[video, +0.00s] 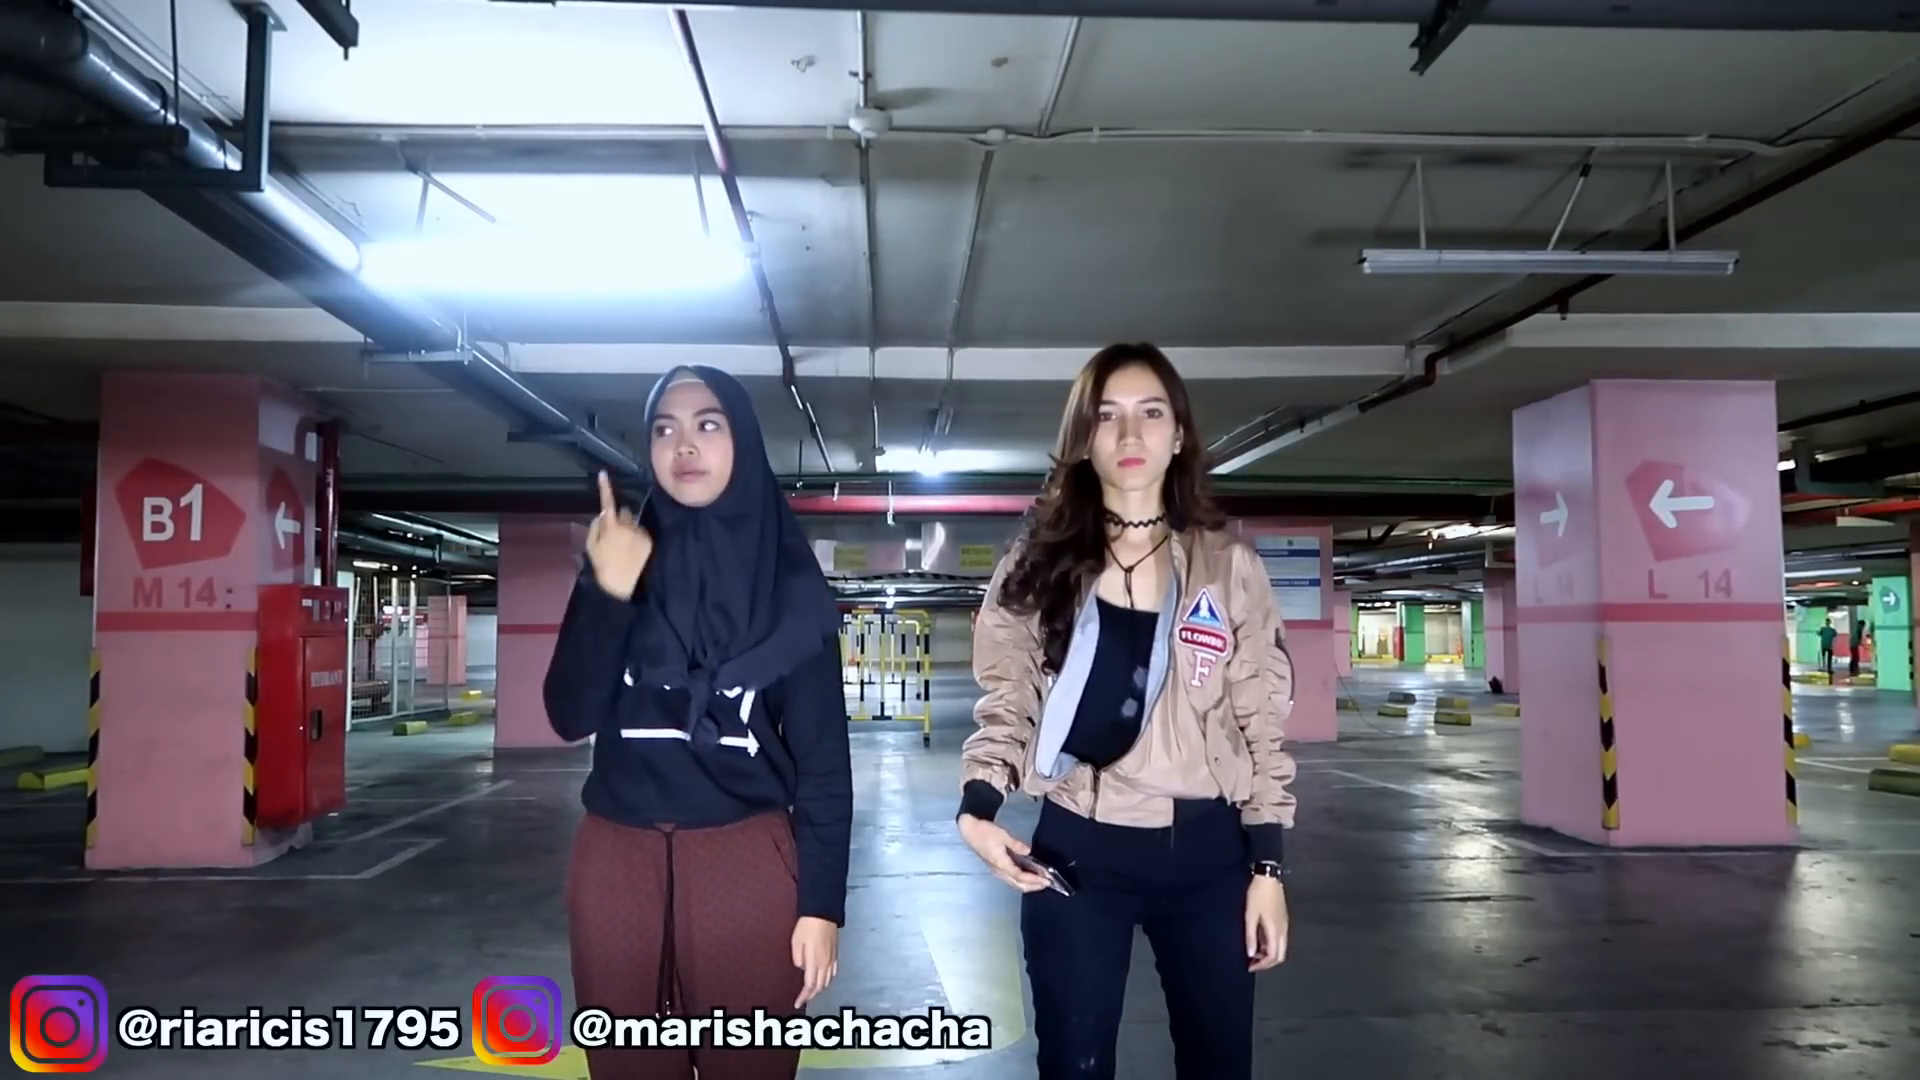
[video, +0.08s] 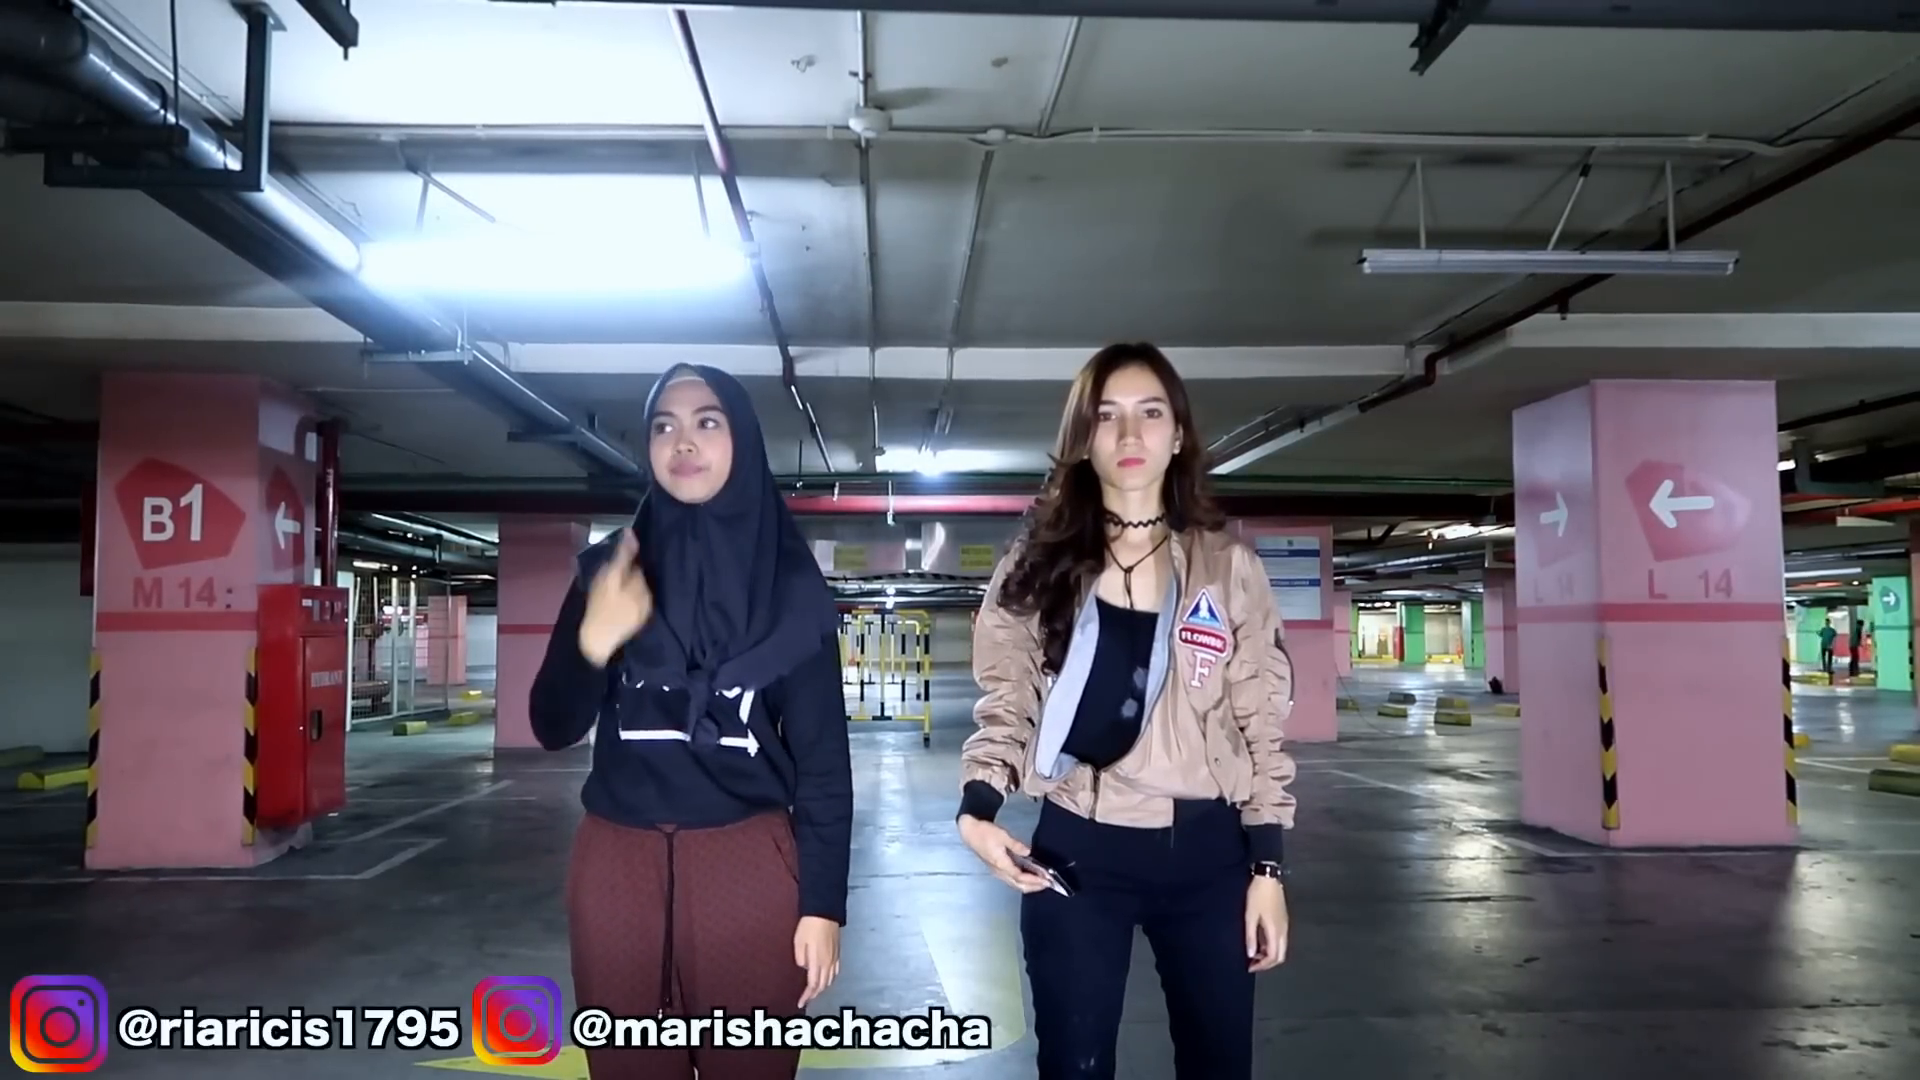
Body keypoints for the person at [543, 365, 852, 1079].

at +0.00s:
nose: (684, 444)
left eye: (708, 424)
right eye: (666, 427)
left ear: (744, 444)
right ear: (648, 451)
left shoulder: (785, 572)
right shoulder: (618, 558)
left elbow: (821, 752)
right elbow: (569, 717)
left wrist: (822, 904)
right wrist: (609, 591)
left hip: (746, 854)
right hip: (617, 852)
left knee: (747, 1065)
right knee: (622, 1064)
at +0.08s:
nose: (683, 441)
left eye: (707, 422)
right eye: (665, 425)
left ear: (744, 443)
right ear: (648, 449)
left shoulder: (785, 574)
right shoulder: (609, 568)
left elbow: (821, 751)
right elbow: (553, 727)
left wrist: (823, 904)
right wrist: (594, 643)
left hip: (747, 855)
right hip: (618, 853)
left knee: (747, 1064)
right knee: (622, 1064)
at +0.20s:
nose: (683, 441)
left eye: (708, 423)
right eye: (665, 425)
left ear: (743, 442)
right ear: (647, 448)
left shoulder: (785, 577)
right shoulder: (606, 571)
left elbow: (820, 752)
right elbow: (545, 703)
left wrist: (824, 903)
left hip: (748, 858)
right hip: (618, 855)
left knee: (749, 1064)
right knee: (624, 1064)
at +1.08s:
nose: (673, 449)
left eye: (696, 428)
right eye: (653, 429)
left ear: (727, 445)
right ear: (632, 448)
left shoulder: (765, 570)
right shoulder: (583, 561)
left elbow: (807, 743)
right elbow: (522, 686)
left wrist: (806, 886)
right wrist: (541, 803)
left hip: (731, 850)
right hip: (600, 854)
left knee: (733, 1063)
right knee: (613, 1062)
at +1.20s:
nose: (692, 479)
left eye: (714, 455)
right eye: (671, 456)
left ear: (747, 466)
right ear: (648, 465)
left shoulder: (773, 574)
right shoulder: (593, 552)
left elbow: (767, 763)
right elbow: (546, 687)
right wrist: (544, 809)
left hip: (725, 856)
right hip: (594, 854)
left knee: (736, 1066)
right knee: (606, 1066)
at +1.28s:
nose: (707, 527)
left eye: (731, 501)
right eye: (685, 503)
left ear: (766, 504)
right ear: (661, 506)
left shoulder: (775, 619)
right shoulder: (611, 572)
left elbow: (702, 785)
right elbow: (567, 703)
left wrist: (753, 657)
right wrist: (547, 823)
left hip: (710, 873)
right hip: (583, 860)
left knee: (751, 1069)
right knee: (557, 1064)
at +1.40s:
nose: (712, 549)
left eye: (739, 528)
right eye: (692, 522)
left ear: (768, 537)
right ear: (666, 520)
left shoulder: (754, 646)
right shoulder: (607, 567)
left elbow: (623, 795)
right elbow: (573, 682)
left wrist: (702, 736)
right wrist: (568, 737)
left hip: (680, 844)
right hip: (569, 828)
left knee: (713, 1065)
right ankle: (532, 1067)